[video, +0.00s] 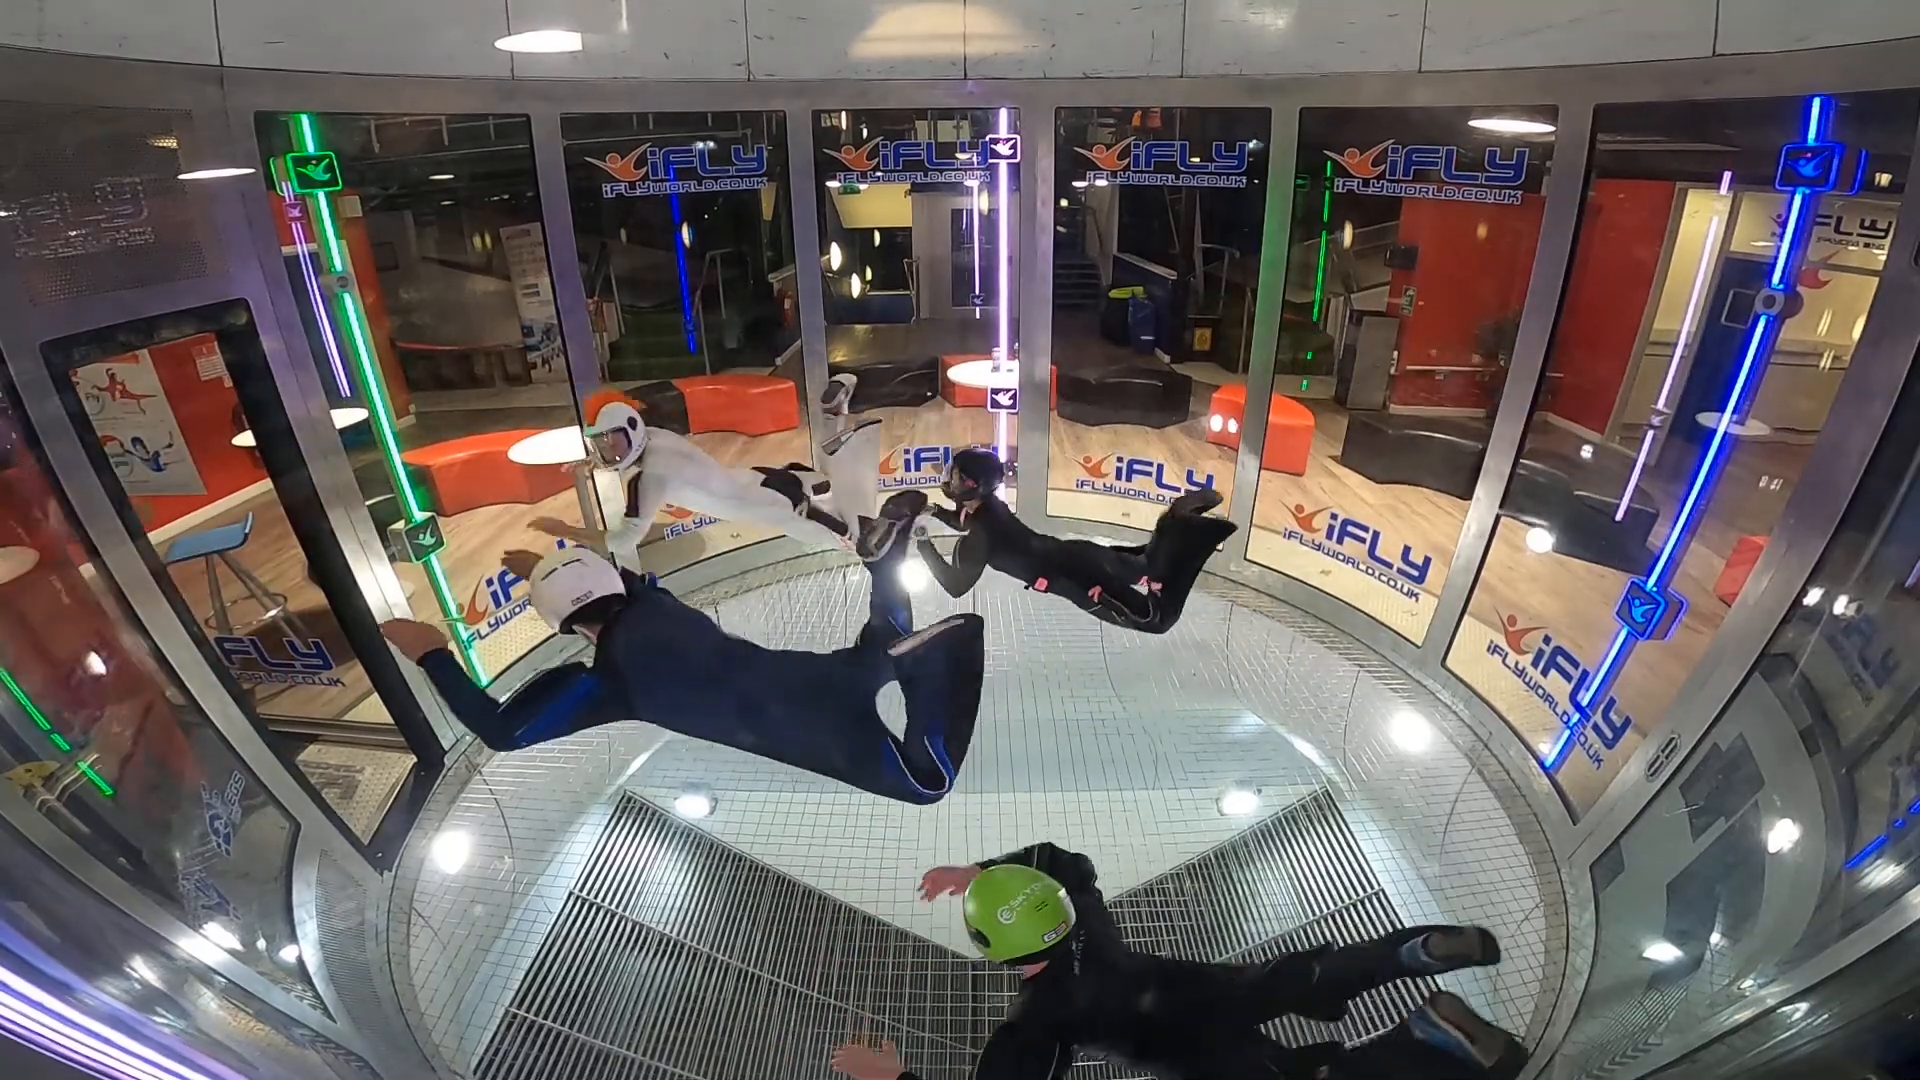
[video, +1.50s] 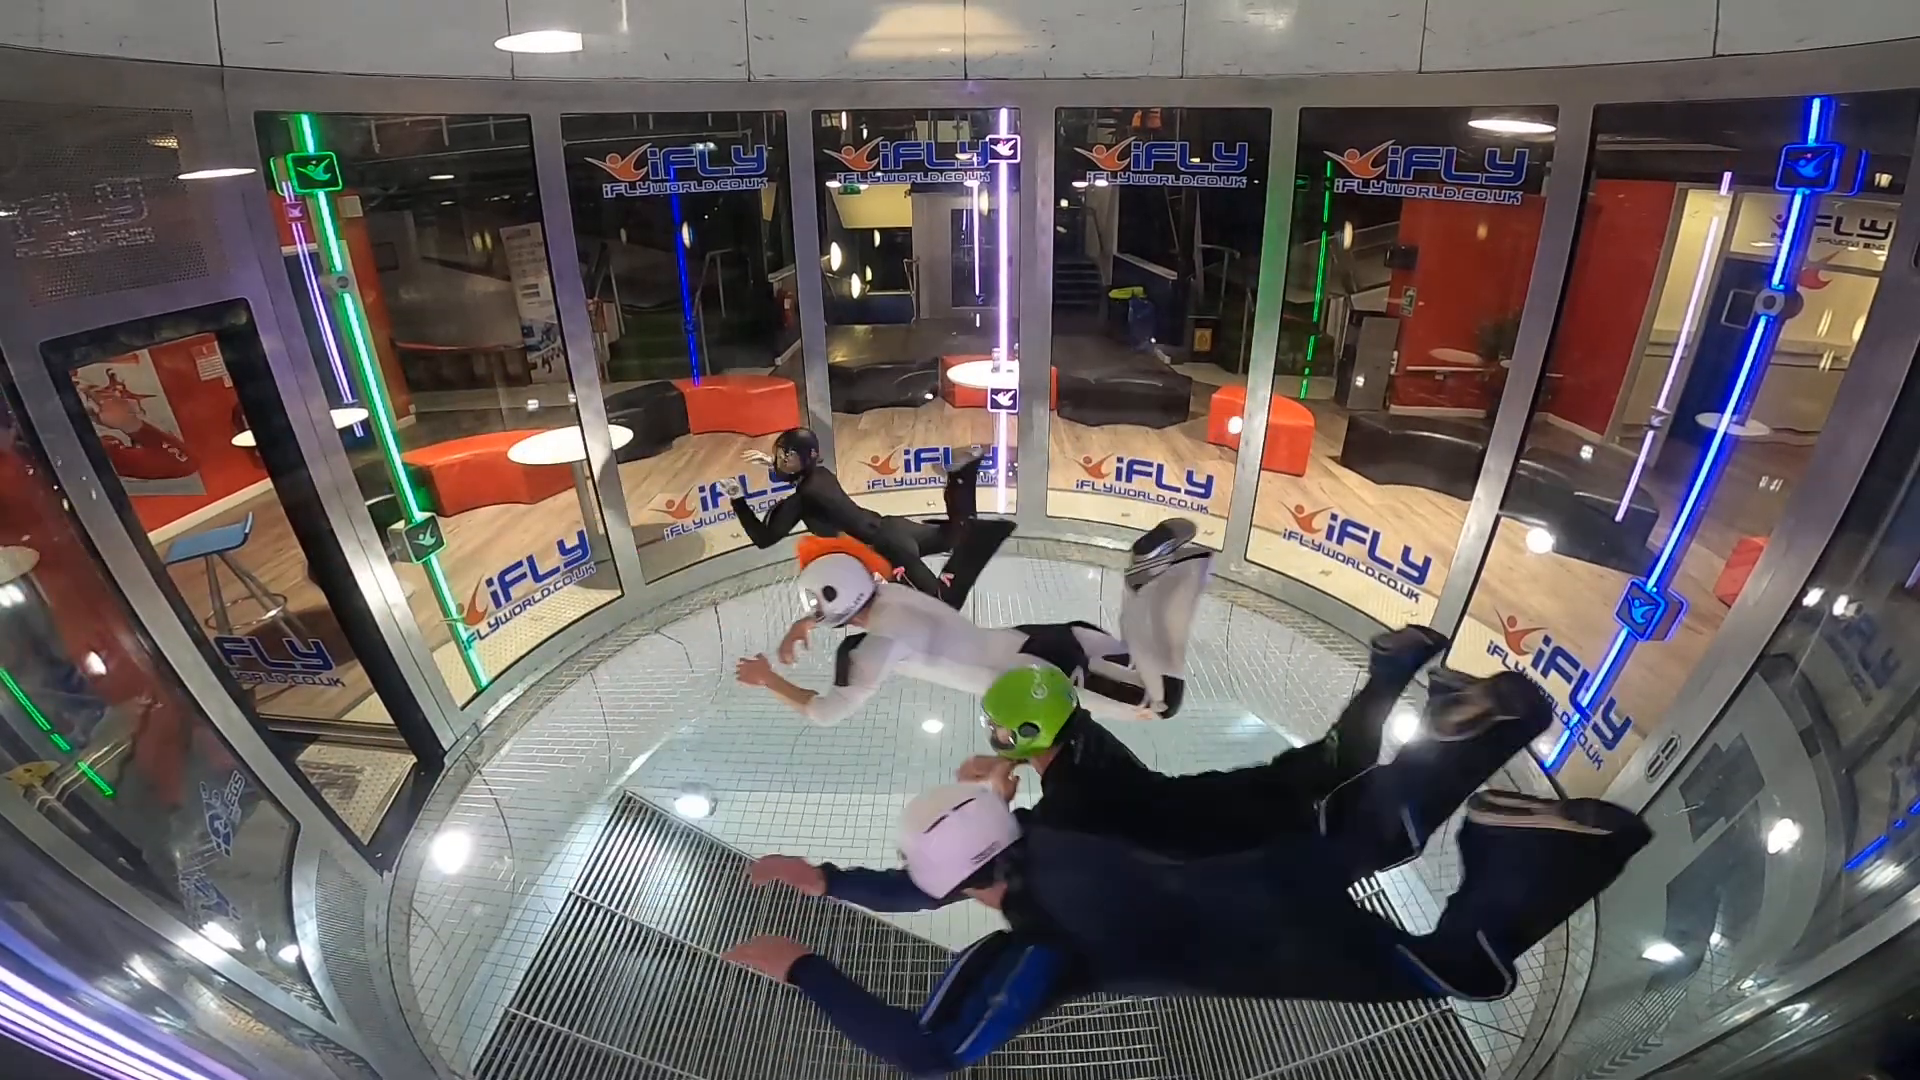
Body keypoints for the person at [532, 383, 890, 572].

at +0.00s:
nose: (608, 450)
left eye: (613, 440)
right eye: (603, 443)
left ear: (632, 432)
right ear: (614, 435)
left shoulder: (652, 471)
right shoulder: (654, 439)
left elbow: (627, 537)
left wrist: (568, 533)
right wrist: (608, 464)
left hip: (772, 502)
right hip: (766, 480)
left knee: (865, 538)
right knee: (820, 478)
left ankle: (927, 515)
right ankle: (835, 417)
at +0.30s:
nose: (524, 436)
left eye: (531, 424)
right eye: (514, 430)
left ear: (550, 417)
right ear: (507, 435)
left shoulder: (565, 469)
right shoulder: (576, 439)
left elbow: (547, 534)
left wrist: (466, 514)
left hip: (704, 522)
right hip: (698, 503)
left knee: (793, 564)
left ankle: (779, 462)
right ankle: (754, 465)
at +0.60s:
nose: (480, 457)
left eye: (488, 444)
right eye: (470, 449)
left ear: (515, 436)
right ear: (469, 451)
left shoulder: (536, 485)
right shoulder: (536, 464)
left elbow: (499, 561)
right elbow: (611, 497)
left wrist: (400, 551)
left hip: (677, 560)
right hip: (664, 541)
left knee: (778, 614)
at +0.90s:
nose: (522, 514)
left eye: (529, 500)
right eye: (515, 506)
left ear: (558, 489)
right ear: (529, 501)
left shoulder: (574, 543)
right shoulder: (588, 508)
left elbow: (522, 614)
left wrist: (429, 599)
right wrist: (522, 534)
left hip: (735, 610)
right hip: (733, 592)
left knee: (843, 669)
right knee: (833, 658)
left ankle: (824, 558)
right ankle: (823, 559)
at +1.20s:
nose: (650, 578)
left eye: (656, 564)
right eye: (642, 570)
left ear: (681, 550)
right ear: (661, 556)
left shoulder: (706, 602)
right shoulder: (707, 557)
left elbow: (648, 680)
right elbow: (657, 565)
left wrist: (553, 688)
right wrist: (617, 584)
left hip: (855, 644)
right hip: (850, 617)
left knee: (978, 693)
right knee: (930, 634)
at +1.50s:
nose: (820, 618)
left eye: (826, 609)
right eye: (817, 608)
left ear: (848, 607)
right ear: (858, 581)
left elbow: (827, 708)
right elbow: (840, 605)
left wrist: (772, 683)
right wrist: (803, 629)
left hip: (1033, 667)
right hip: (1026, 639)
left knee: (1161, 699)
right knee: (1138, 665)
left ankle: (1159, 587)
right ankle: (1154, 579)